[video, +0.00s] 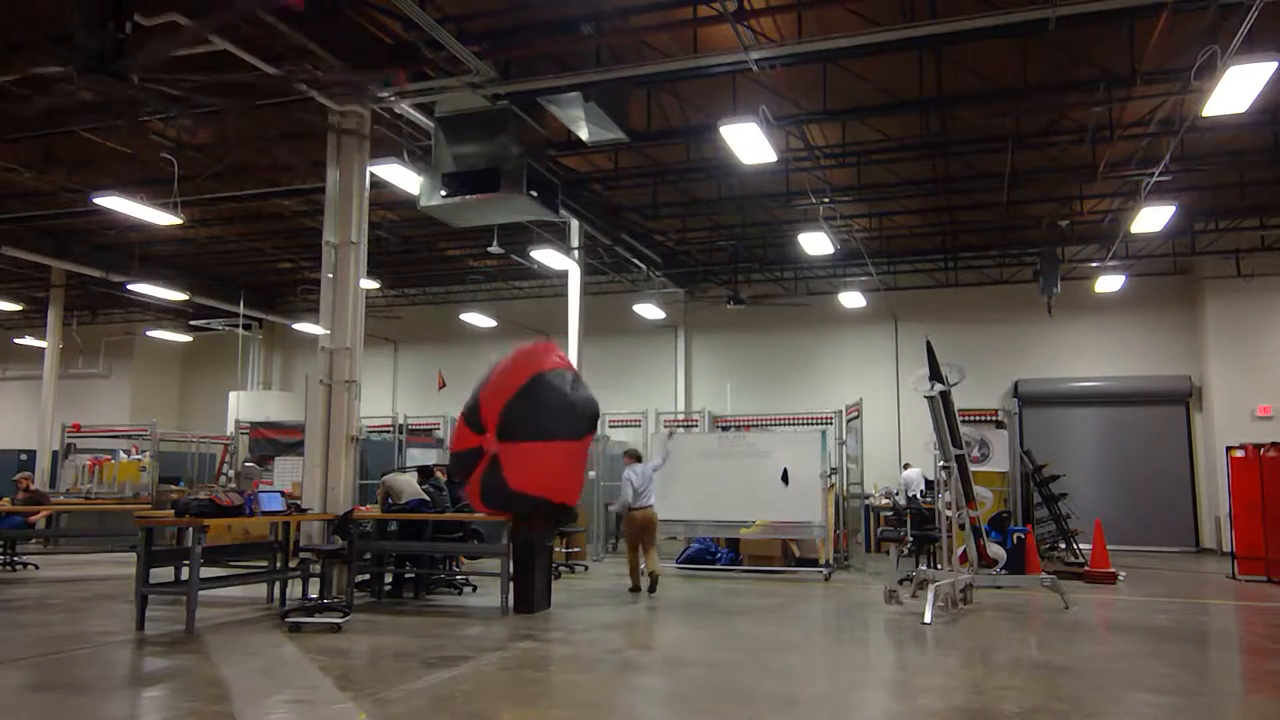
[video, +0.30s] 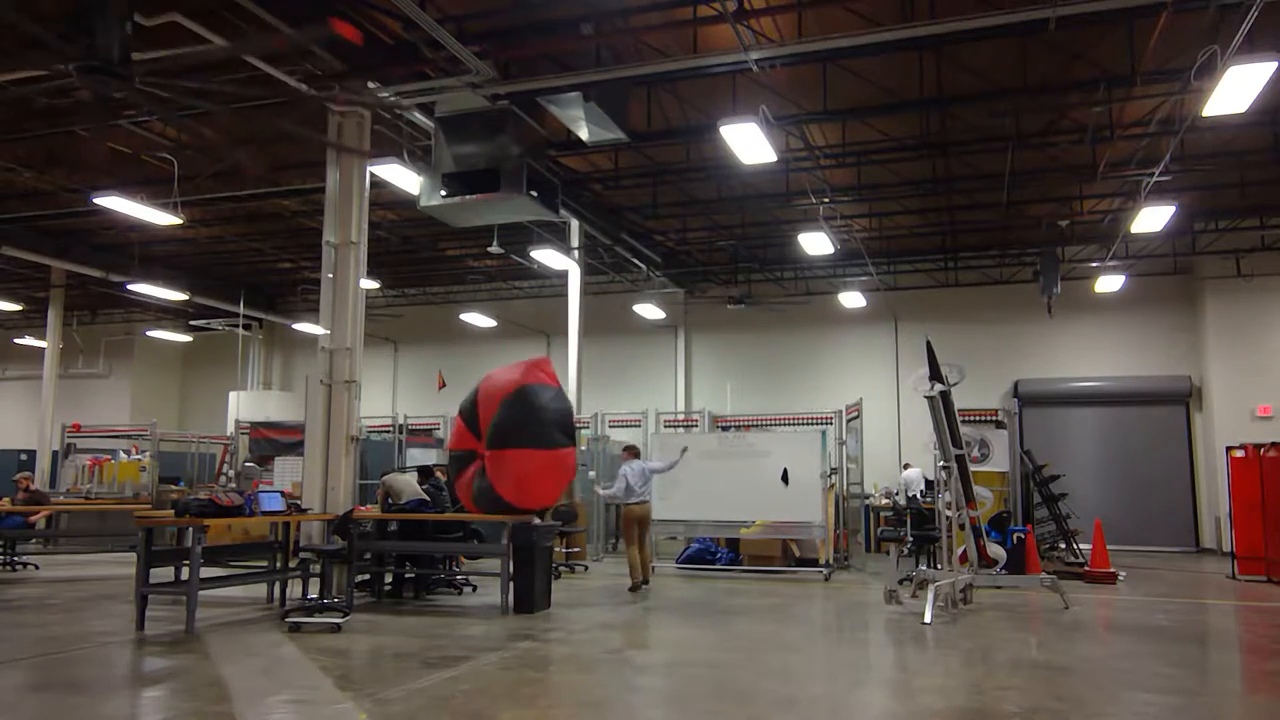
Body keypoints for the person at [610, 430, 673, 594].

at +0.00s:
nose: (624, 461)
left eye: (625, 458)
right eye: (624, 458)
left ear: (630, 459)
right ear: (637, 458)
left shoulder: (627, 473)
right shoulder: (648, 468)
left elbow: (627, 498)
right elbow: (662, 459)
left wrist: (615, 507)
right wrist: (667, 442)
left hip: (634, 512)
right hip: (649, 510)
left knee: (632, 550)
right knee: (649, 546)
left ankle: (635, 583)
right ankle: (653, 571)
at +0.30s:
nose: (622, 456)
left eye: (624, 454)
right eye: (623, 454)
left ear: (630, 454)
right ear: (635, 454)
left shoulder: (624, 469)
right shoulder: (645, 465)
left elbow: (618, 491)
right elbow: (665, 467)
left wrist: (601, 492)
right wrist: (680, 456)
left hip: (630, 507)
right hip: (645, 505)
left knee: (632, 545)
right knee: (643, 544)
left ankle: (636, 579)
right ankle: (646, 577)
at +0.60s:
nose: (622, 460)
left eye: (624, 457)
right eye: (623, 457)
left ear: (630, 458)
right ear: (635, 458)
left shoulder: (624, 472)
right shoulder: (644, 470)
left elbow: (611, 488)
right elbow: (663, 477)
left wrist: (595, 478)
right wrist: (683, 475)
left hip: (627, 512)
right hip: (642, 511)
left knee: (623, 544)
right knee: (637, 546)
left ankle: (631, 572)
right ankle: (642, 578)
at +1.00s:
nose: (618, 457)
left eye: (620, 455)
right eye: (619, 455)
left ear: (627, 457)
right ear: (630, 458)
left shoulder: (620, 469)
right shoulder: (637, 471)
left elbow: (606, 482)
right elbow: (652, 486)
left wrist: (593, 471)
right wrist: (672, 494)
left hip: (618, 509)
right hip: (633, 508)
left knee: (614, 545)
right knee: (631, 543)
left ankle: (617, 579)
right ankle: (640, 577)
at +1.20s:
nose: (617, 458)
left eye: (619, 456)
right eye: (618, 455)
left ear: (625, 458)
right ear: (629, 459)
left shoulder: (619, 471)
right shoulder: (636, 473)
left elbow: (602, 485)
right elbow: (646, 488)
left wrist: (590, 474)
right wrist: (656, 495)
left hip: (618, 510)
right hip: (632, 509)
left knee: (612, 545)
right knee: (627, 544)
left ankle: (617, 579)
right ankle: (639, 574)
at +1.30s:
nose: (618, 459)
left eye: (619, 456)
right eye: (618, 456)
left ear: (625, 457)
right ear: (631, 458)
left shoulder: (621, 472)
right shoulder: (637, 472)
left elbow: (604, 486)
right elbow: (641, 488)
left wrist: (591, 477)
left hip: (619, 508)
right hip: (633, 508)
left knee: (614, 545)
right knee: (629, 544)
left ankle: (617, 579)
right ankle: (639, 575)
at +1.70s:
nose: (626, 461)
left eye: (627, 458)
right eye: (626, 459)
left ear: (632, 458)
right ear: (638, 459)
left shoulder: (629, 472)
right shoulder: (646, 473)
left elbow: (613, 488)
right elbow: (651, 488)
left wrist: (598, 478)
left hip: (629, 508)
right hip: (643, 507)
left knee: (622, 544)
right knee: (637, 544)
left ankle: (621, 578)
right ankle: (639, 577)